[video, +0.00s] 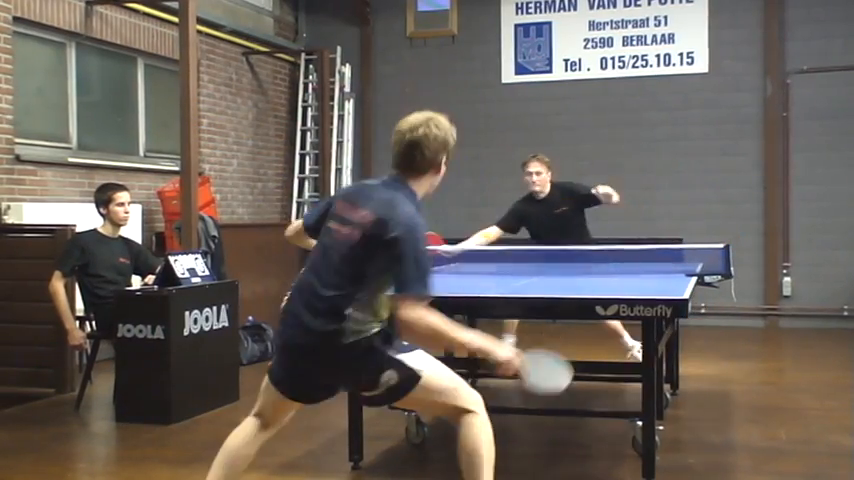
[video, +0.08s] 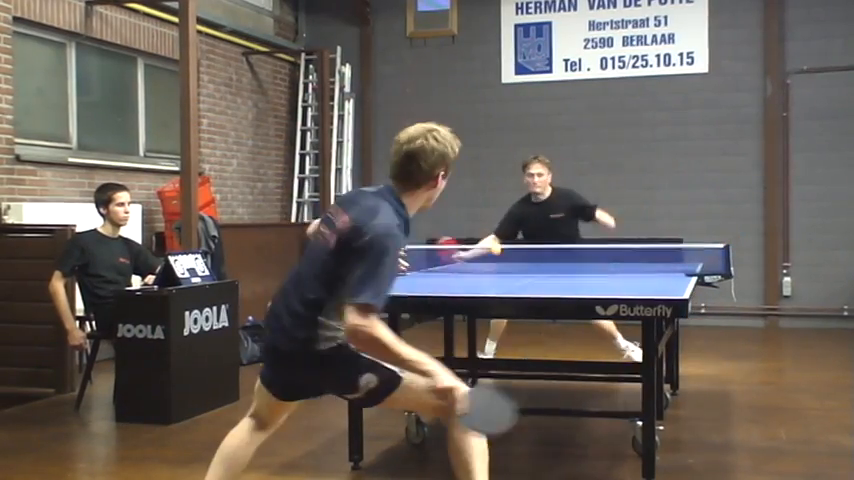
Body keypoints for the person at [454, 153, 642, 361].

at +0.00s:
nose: (534, 179)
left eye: (538, 173)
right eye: (529, 175)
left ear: (549, 175)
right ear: (524, 179)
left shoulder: (568, 192)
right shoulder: (523, 207)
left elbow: (607, 199)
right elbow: (492, 234)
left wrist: (606, 194)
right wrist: (457, 249)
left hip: (582, 263)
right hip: (545, 266)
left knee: (594, 301)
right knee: (512, 293)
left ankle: (630, 344)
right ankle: (507, 345)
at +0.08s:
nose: (534, 180)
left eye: (539, 175)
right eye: (530, 176)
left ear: (550, 177)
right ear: (524, 180)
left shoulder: (566, 198)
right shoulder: (520, 209)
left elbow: (593, 212)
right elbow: (497, 239)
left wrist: (604, 219)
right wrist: (470, 253)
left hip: (570, 269)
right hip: (532, 271)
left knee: (588, 306)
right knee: (503, 302)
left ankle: (623, 345)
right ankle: (487, 353)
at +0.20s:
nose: (549, 178)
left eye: (554, 173)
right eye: (545, 174)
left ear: (563, 176)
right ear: (537, 178)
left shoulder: (578, 199)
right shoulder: (531, 206)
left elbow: (608, 219)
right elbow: (511, 236)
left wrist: (610, 235)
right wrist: (498, 255)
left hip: (576, 269)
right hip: (536, 270)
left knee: (597, 305)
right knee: (510, 302)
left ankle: (612, 350)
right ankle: (489, 350)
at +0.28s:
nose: (561, 171)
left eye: (566, 166)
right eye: (556, 166)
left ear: (576, 168)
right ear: (550, 170)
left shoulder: (591, 190)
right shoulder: (545, 197)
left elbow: (623, 208)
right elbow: (530, 229)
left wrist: (620, 235)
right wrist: (520, 250)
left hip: (588, 263)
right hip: (550, 264)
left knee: (612, 299)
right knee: (520, 300)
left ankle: (615, 349)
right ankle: (493, 351)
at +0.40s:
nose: (575, 161)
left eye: (580, 156)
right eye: (570, 156)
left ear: (589, 158)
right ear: (564, 160)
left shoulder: (606, 180)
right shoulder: (558, 188)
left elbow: (636, 201)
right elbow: (545, 222)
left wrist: (630, 230)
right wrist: (541, 248)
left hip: (606, 253)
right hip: (568, 255)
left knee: (623, 293)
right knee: (540, 284)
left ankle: (618, 346)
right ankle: (533, 343)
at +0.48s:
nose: (582, 158)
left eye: (587, 153)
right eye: (578, 153)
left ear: (596, 154)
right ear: (571, 157)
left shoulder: (611, 177)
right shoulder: (564, 185)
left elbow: (639, 200)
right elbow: (553, 220)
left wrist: (633, 229)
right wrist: (553, 246)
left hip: (614, 251)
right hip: (578, 253)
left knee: (633, 290)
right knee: (557, 284)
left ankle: (624, 344)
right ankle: (560, 333)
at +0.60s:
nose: (592, 164)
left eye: (597, 159)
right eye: (588, 159)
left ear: (605, 160)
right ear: (580, 162)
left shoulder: (621, 183)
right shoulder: (572, 189)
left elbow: (644, 214)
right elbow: (563, 223)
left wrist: (636, 238)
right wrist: (566, 245)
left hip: (624, 251)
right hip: (587, 254)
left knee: (652, 289)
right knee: (571, 292)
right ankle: (583, 340)